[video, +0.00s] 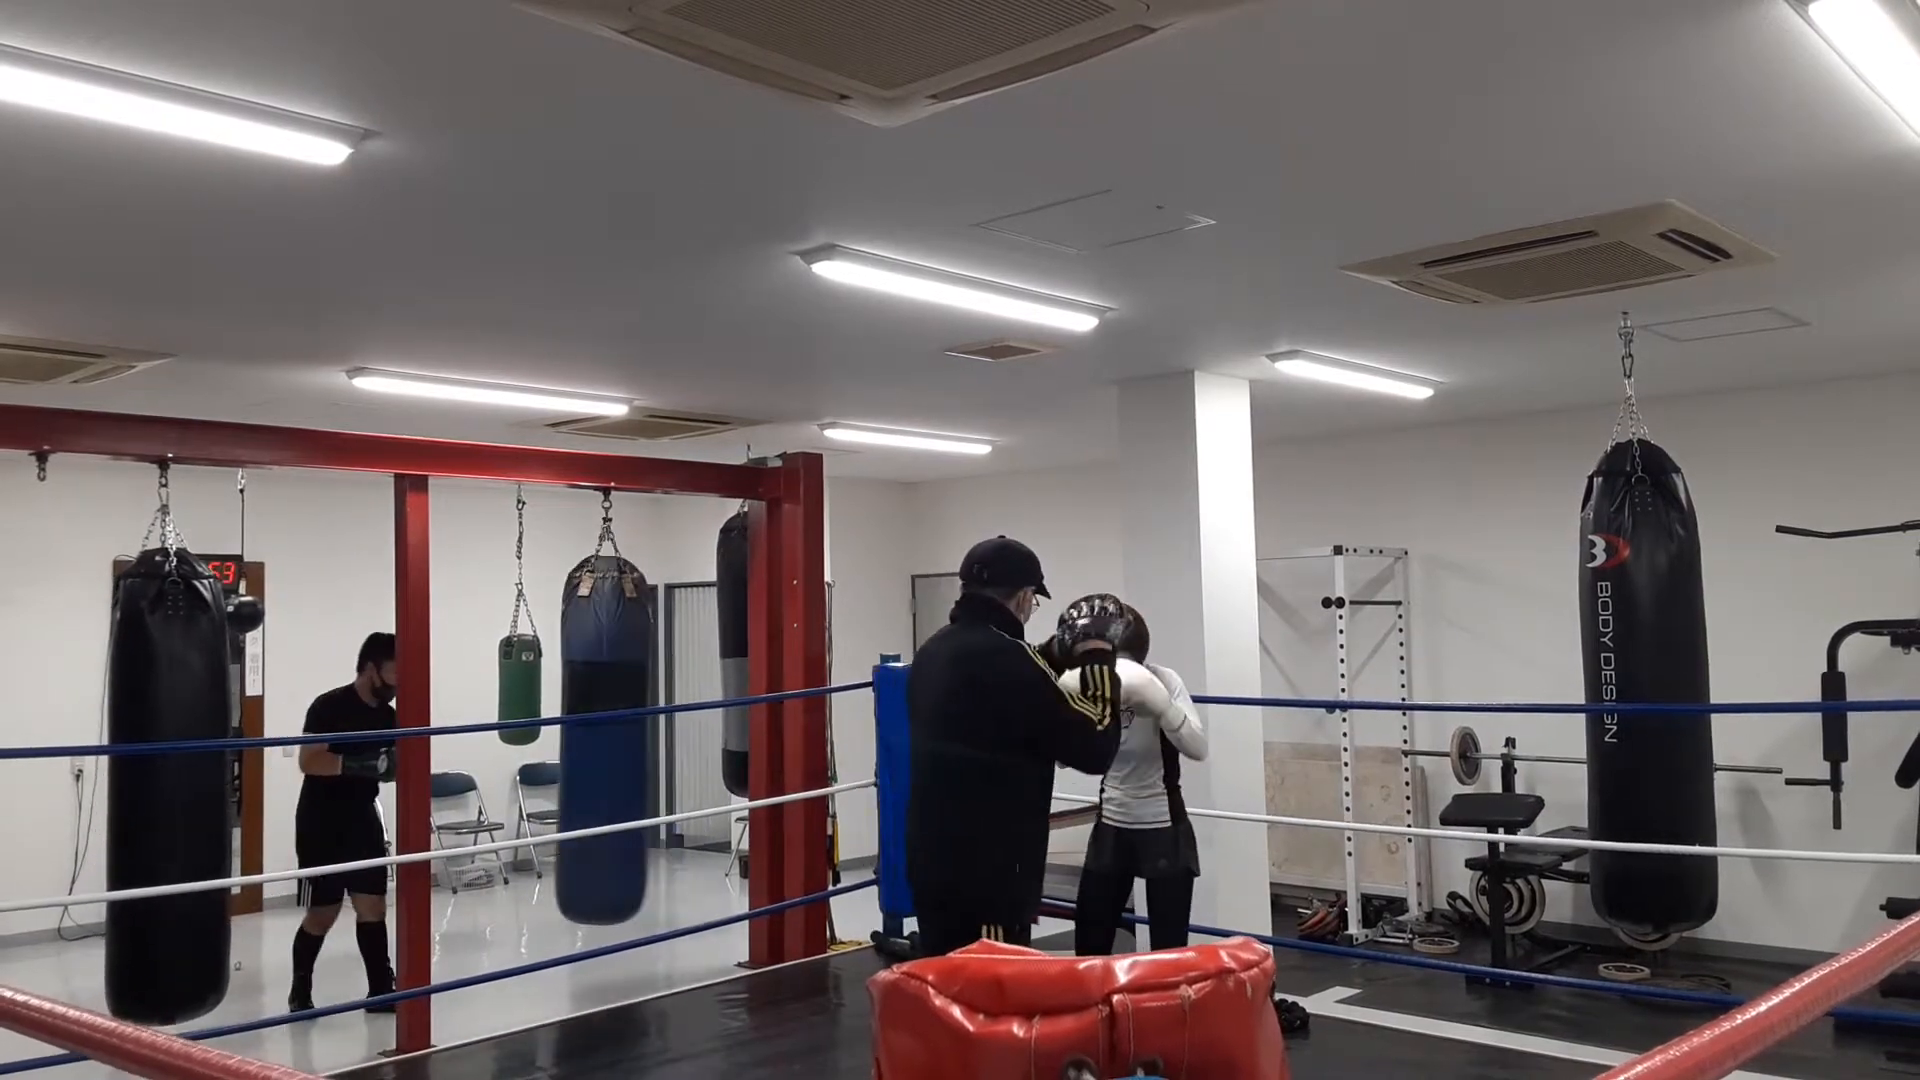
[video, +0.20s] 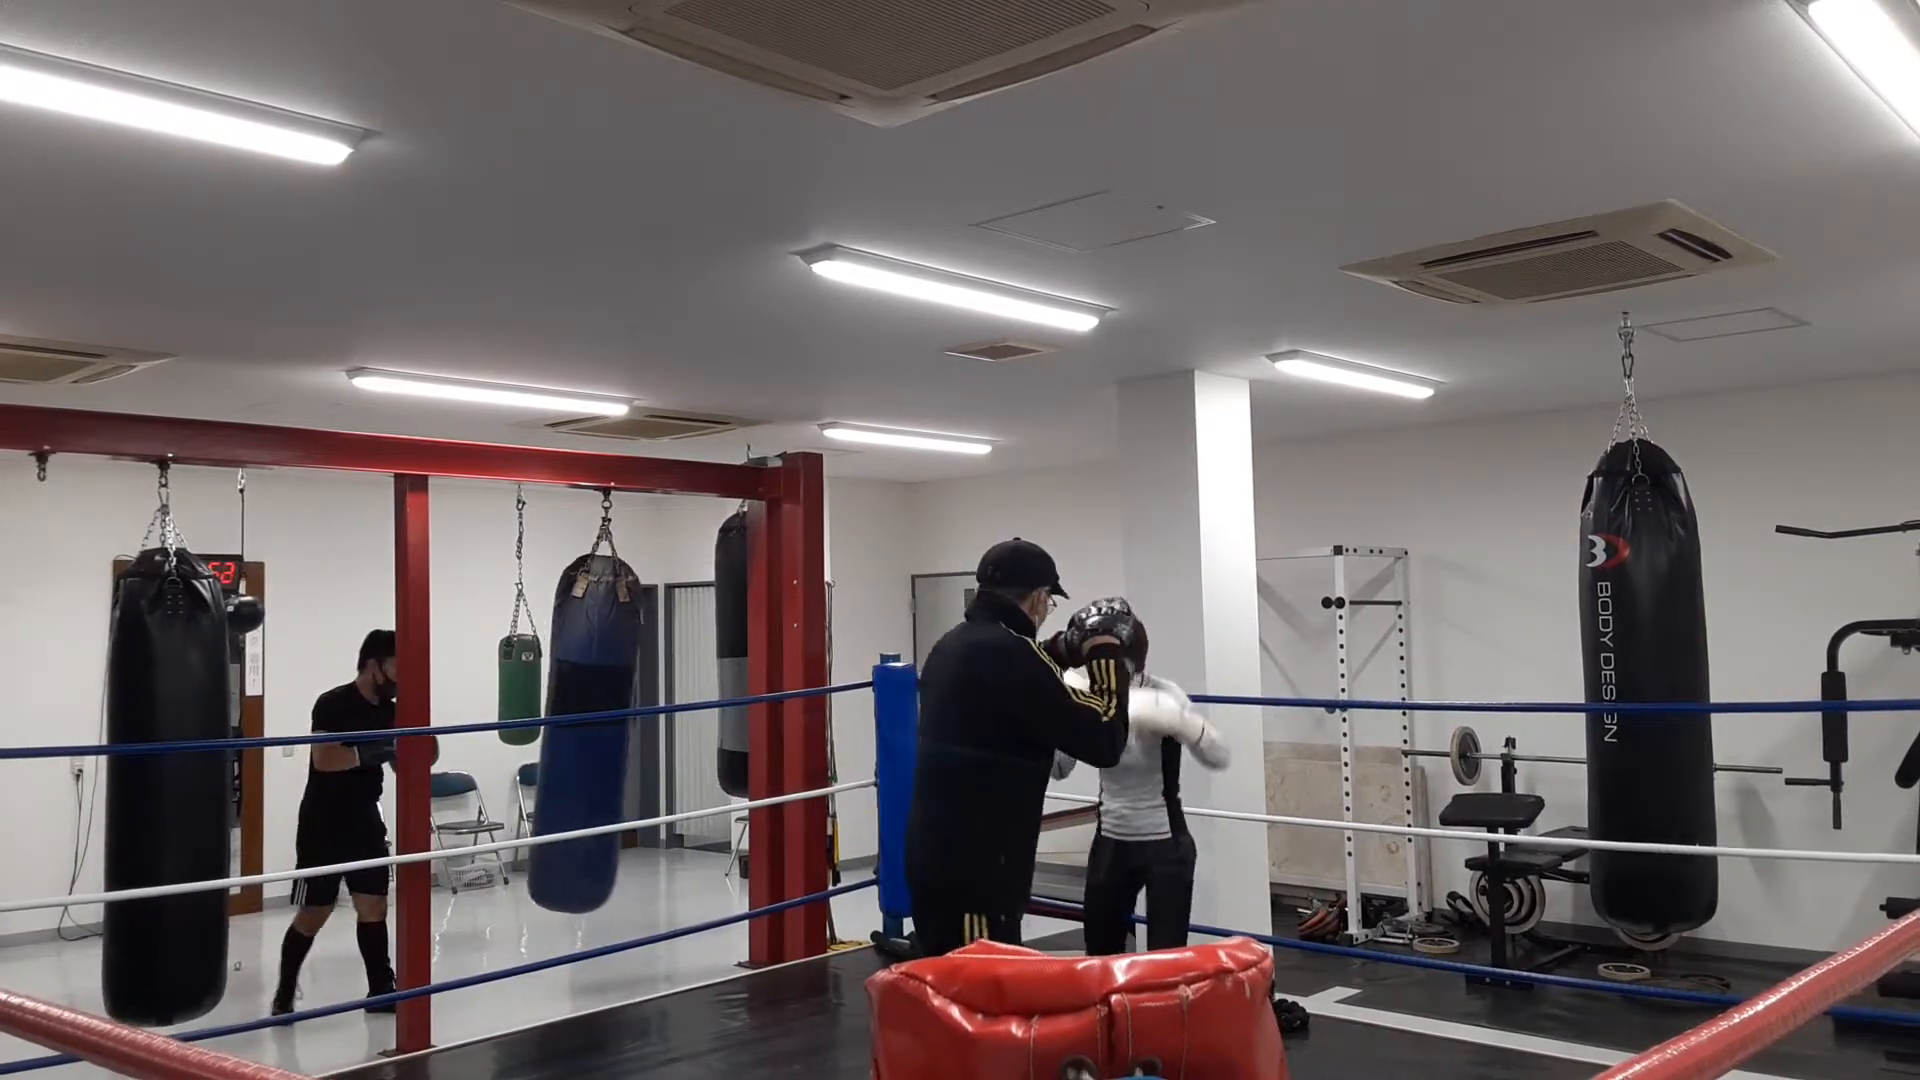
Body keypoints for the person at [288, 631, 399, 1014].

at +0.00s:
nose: (398, 680)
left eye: (400, 673)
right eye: (393, 671)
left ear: (383, 670)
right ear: (370, 667)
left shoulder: (389, 716)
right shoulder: (327, 707)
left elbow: (396, 766)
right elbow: (308, 761)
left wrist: (403, 762)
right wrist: (358, 763)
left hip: (363, 814)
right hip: (321, 816)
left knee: (372, 904)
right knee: (324, 910)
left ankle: (380, 991)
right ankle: (300, 993)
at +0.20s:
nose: (399, 676)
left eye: (400, 669)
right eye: (394, 668)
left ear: (386, 668)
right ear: (370, 665)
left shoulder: (389, 709)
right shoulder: (332, 704)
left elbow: (424, 752)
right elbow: (323, 760)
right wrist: (370, 754)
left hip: (364, 816)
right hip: (323, 818)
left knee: (373, 902)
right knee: (317, 907)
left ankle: (380, 990)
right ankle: (285, 993)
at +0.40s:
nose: (391, 678)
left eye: (393, 670)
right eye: (386, 669)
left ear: (372, 672)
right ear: (361, 668)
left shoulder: (378, 713)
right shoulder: (320, 708)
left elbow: (389, 764)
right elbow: (311, 768)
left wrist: (407, 757)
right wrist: (359, 760)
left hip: (356, 820)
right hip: (313, 823)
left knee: (368, 903)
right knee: (296, 912)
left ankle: (380, 990)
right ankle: (255, 995)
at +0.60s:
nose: (362, 687)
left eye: (365, 679)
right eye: (357, 678)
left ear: (343, 679)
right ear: (330, 675)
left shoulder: (346, 719)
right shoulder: (288, 718)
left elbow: (340, 768)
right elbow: (276, 779)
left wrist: (365, 768)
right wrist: (330, 774)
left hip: (329, 825)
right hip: (288, 828)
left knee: (354, 907)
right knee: (280, 920)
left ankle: (378, 989)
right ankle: (247, 1004)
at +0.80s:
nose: (332, 678)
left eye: (333, 670)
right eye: (326, 670)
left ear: (307, 672)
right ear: (298, 670)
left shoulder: (319, 712)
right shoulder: (260, 716)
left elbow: (311, 761)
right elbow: (249, 778)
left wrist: (339, 761)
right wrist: (302, 770)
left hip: (310, 821)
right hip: (269, 826)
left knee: (337, 902)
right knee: (268, 915)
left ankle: (340, 987)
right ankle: (245, 1003)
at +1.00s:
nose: (315, 678)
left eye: (316, 671)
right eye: (308, 671)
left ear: (293, 673)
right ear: (280, 673)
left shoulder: (309, 713)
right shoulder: (246, 721)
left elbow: (312, 762)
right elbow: (243, 784)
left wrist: (336, 758)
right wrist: (293, 771)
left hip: (305, 821)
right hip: (265, 826)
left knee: (312, 909)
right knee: (271, 916)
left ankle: (290, 991)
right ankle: (246, 1001)